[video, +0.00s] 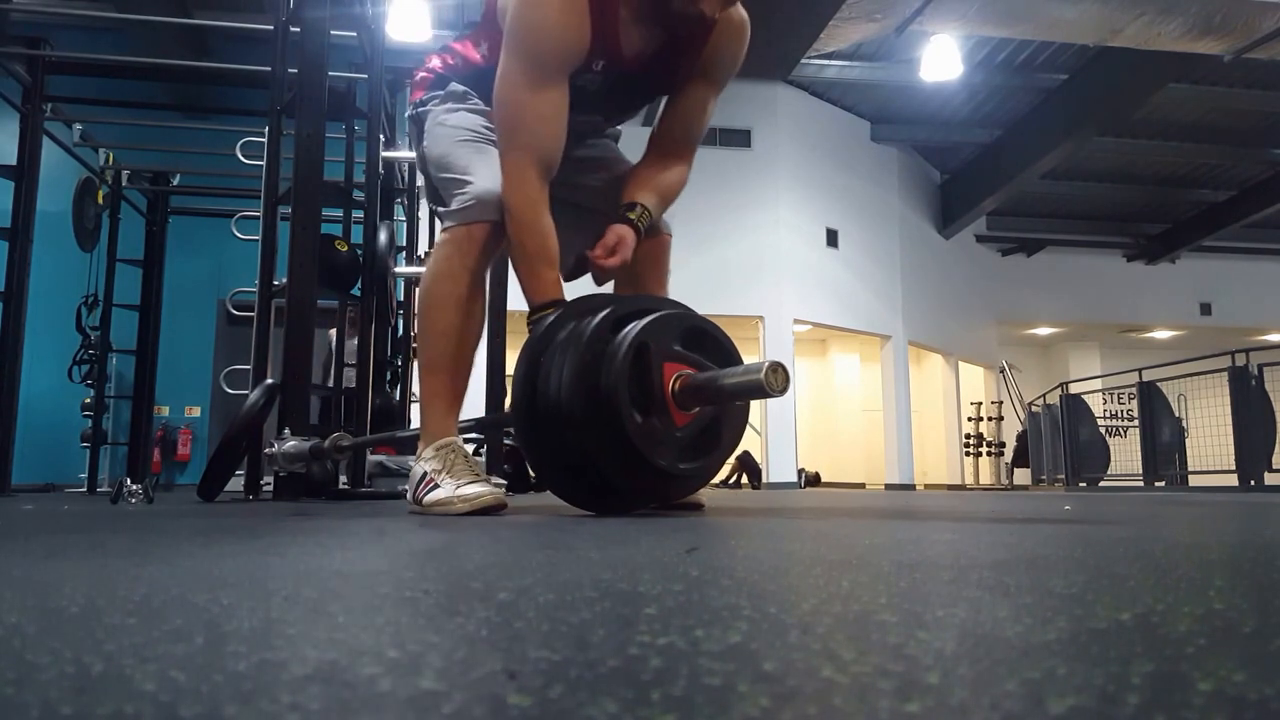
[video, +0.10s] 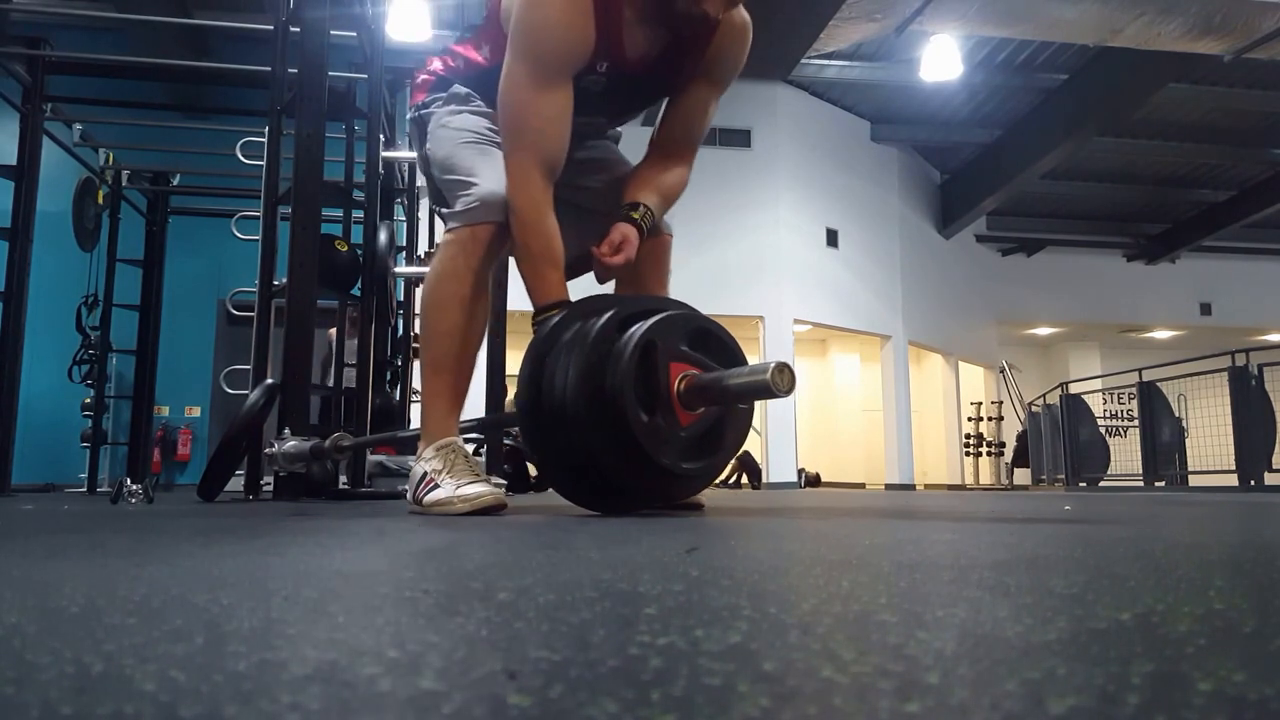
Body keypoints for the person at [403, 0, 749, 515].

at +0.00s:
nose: (717, 2)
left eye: (725, 1)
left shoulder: (727, 24)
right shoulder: (552, 10)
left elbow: (672, 153)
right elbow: (526, 168)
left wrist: (633, 217)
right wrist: (549, 321)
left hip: (579, 121)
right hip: (470, 95)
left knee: (650, 238)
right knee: (483, 211)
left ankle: (646, 455)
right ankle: (438, 454)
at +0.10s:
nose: (721, 5)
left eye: (730, 3)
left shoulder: (729, 27)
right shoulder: (557, 11)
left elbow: (673, 154)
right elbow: (531, 171)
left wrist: (635, 215)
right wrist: (554, 323)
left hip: (579, 122)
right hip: (471, 96)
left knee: (651, 237)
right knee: (488, 209)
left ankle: (646, 453)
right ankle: (438, 453)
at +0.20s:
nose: (722, 7)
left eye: (732, 3)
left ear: (740, 3)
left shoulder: (729, 29)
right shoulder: (558, 11)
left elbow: (672, 155)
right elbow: (533, 174)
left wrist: (635, 215)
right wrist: (558, 325)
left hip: (579, 122)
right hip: (471, 97)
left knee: (650, 238)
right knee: (490, 208)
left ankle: (647, 454)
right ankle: (439, 453)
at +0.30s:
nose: (722, 9)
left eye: (734, 3)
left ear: (742, 3)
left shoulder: (728, 31)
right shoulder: (559, 12)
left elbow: (671, 155)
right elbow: (535, 180)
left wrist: (635, 215)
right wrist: (561, 331)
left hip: (579, 124)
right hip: (471, 98)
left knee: (649, 238)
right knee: (490, 208)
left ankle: (646, 453)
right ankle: (439, 453)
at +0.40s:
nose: (720, 10)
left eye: (732, 3)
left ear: (739, 3)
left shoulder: (727, 31)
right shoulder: (558, 13)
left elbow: (670, 155)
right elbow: (535, 191)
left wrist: (634, 215)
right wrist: (566, 344)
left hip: (576, 121)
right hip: (468, 95)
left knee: (648, 240)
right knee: (490, 210)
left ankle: (643, 453)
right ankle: (439, 453)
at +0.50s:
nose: (718, 11)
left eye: (730, 3)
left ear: (738, 2)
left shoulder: (724, 32)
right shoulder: (558, 14)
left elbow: (668, 155)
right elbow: (536, 191)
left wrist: (634, 214)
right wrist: (570, 345)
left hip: (572, 122)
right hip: (464, 98)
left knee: (646, 238)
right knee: (491, 207)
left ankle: (641, 453)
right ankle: (440, 453)